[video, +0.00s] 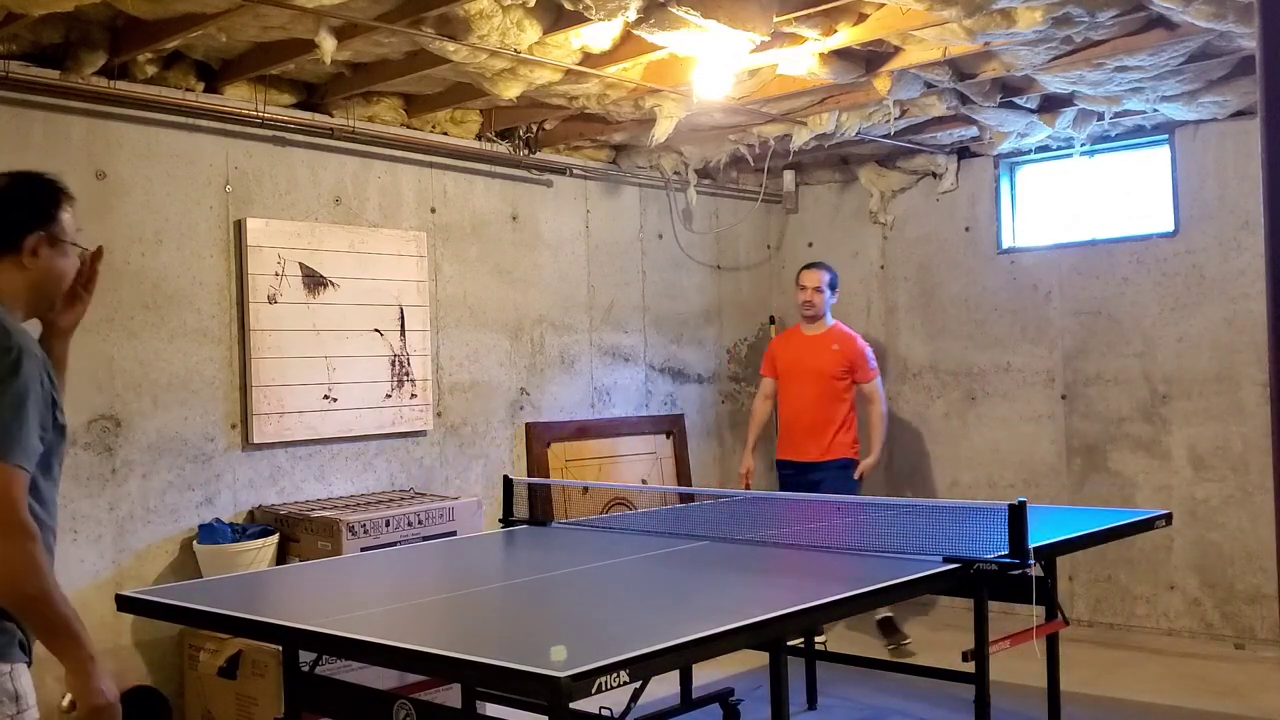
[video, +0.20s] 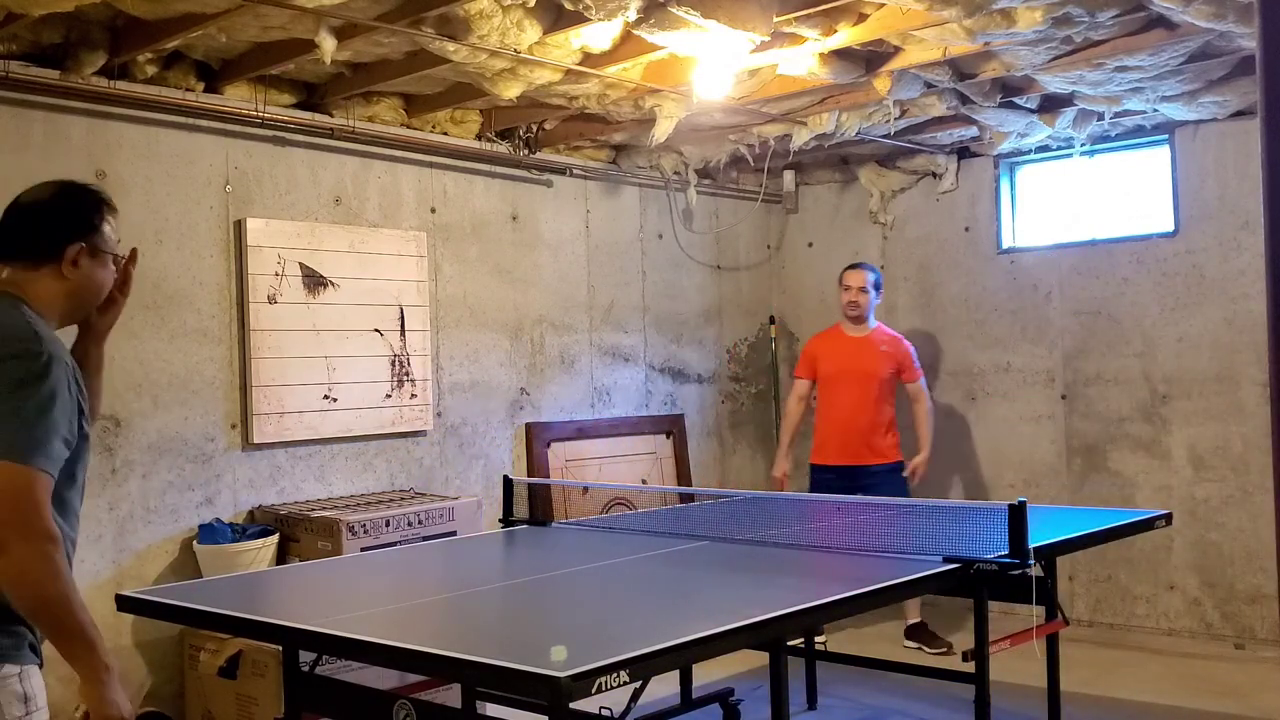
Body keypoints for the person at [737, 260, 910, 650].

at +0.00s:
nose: (807, 296)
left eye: (817, 290)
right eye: (802, 289)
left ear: (832, 297)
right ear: (794, 293)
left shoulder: (851, 344)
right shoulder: (780, 345)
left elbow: (875, 399)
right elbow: (765, 398)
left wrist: (874, 453)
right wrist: (748, 452)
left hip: (836, 465)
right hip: (790, 465)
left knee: (847, 541)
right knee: (797, 546)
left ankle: (882, 615)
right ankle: (810, 623)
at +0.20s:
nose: (853, 296)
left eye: (862, 290)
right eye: (847, 289)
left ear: (876, 296)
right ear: (838, 294)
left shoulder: (896, 346)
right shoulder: (817, 346)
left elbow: (920, 399)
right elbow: (798, 400)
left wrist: (924, 451)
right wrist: (783, 454)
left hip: (883, 467)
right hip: (828, 468)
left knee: (904, 539)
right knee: (820, 544)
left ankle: (914, 623)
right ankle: (813, 622)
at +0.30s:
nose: (878, 298)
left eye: (887, 291)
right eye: (872, 290)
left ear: (901, 297)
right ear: (863, 295)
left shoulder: (921, 347)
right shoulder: (842, 345)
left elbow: (941, 398)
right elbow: (818, 400)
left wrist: (954, 448)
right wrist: (801, 457)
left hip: (906, 467)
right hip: (851, 469)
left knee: (921, 541)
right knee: (832, 542)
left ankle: (917, 624)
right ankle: (817, 620)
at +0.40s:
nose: (901, 294)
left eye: (910, 288)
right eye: (894, 287)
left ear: (924, 294)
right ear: (886, 292)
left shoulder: (942, 344)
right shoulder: (863, 342)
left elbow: (958, 398)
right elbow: (838, 398)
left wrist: (977, 446)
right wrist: (823, 456)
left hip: (926, 466)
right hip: (872, 466)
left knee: (926, 545)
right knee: (852, 543)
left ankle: (918, 625)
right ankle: (827, 620)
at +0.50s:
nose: (921, 290)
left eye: (930, 283)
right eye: (914, 282)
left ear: (944, 289)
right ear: (905, 288)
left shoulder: (960, 339)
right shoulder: (881, 336)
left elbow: (974, 394)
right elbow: (855, 392)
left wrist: (994, 442)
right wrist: (846, 451)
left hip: (941, 461)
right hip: (891, 461)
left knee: (936, 543)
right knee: (891, 542)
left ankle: (920, 623)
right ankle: (868, 615)